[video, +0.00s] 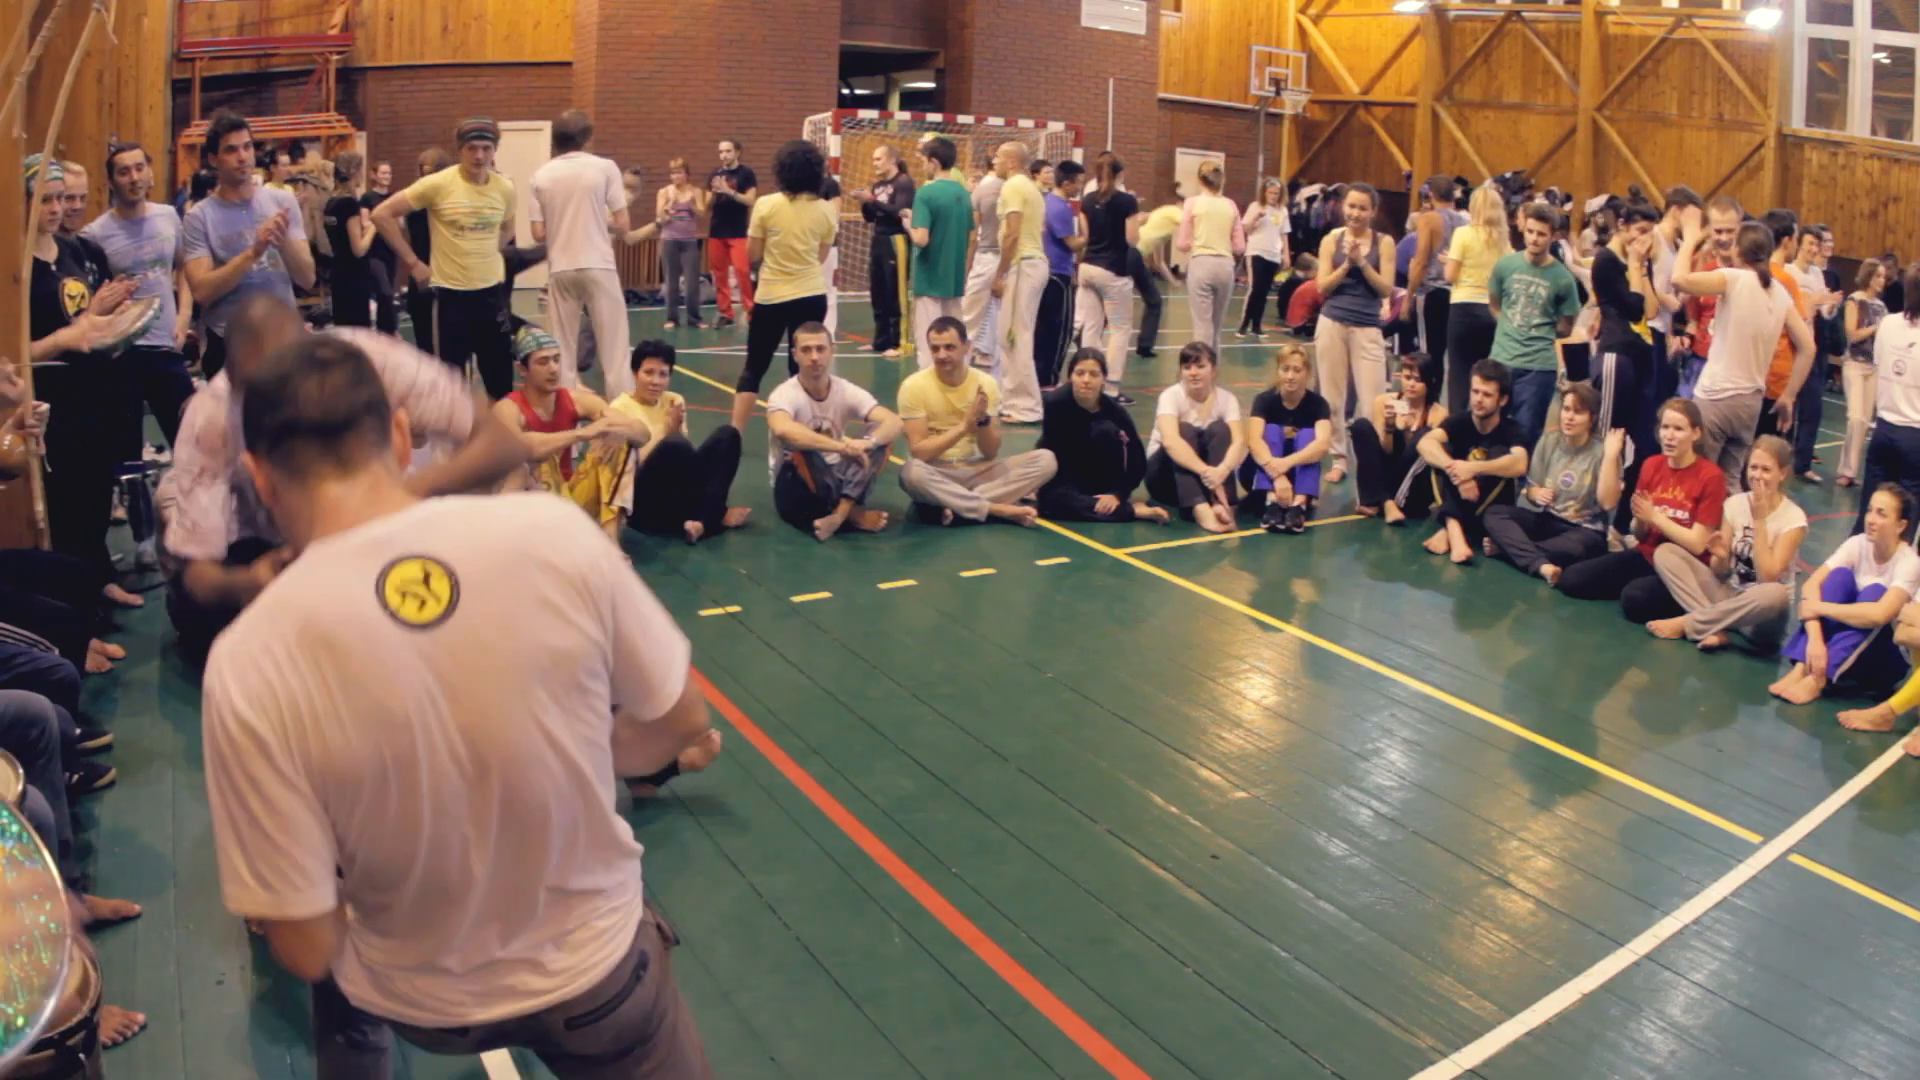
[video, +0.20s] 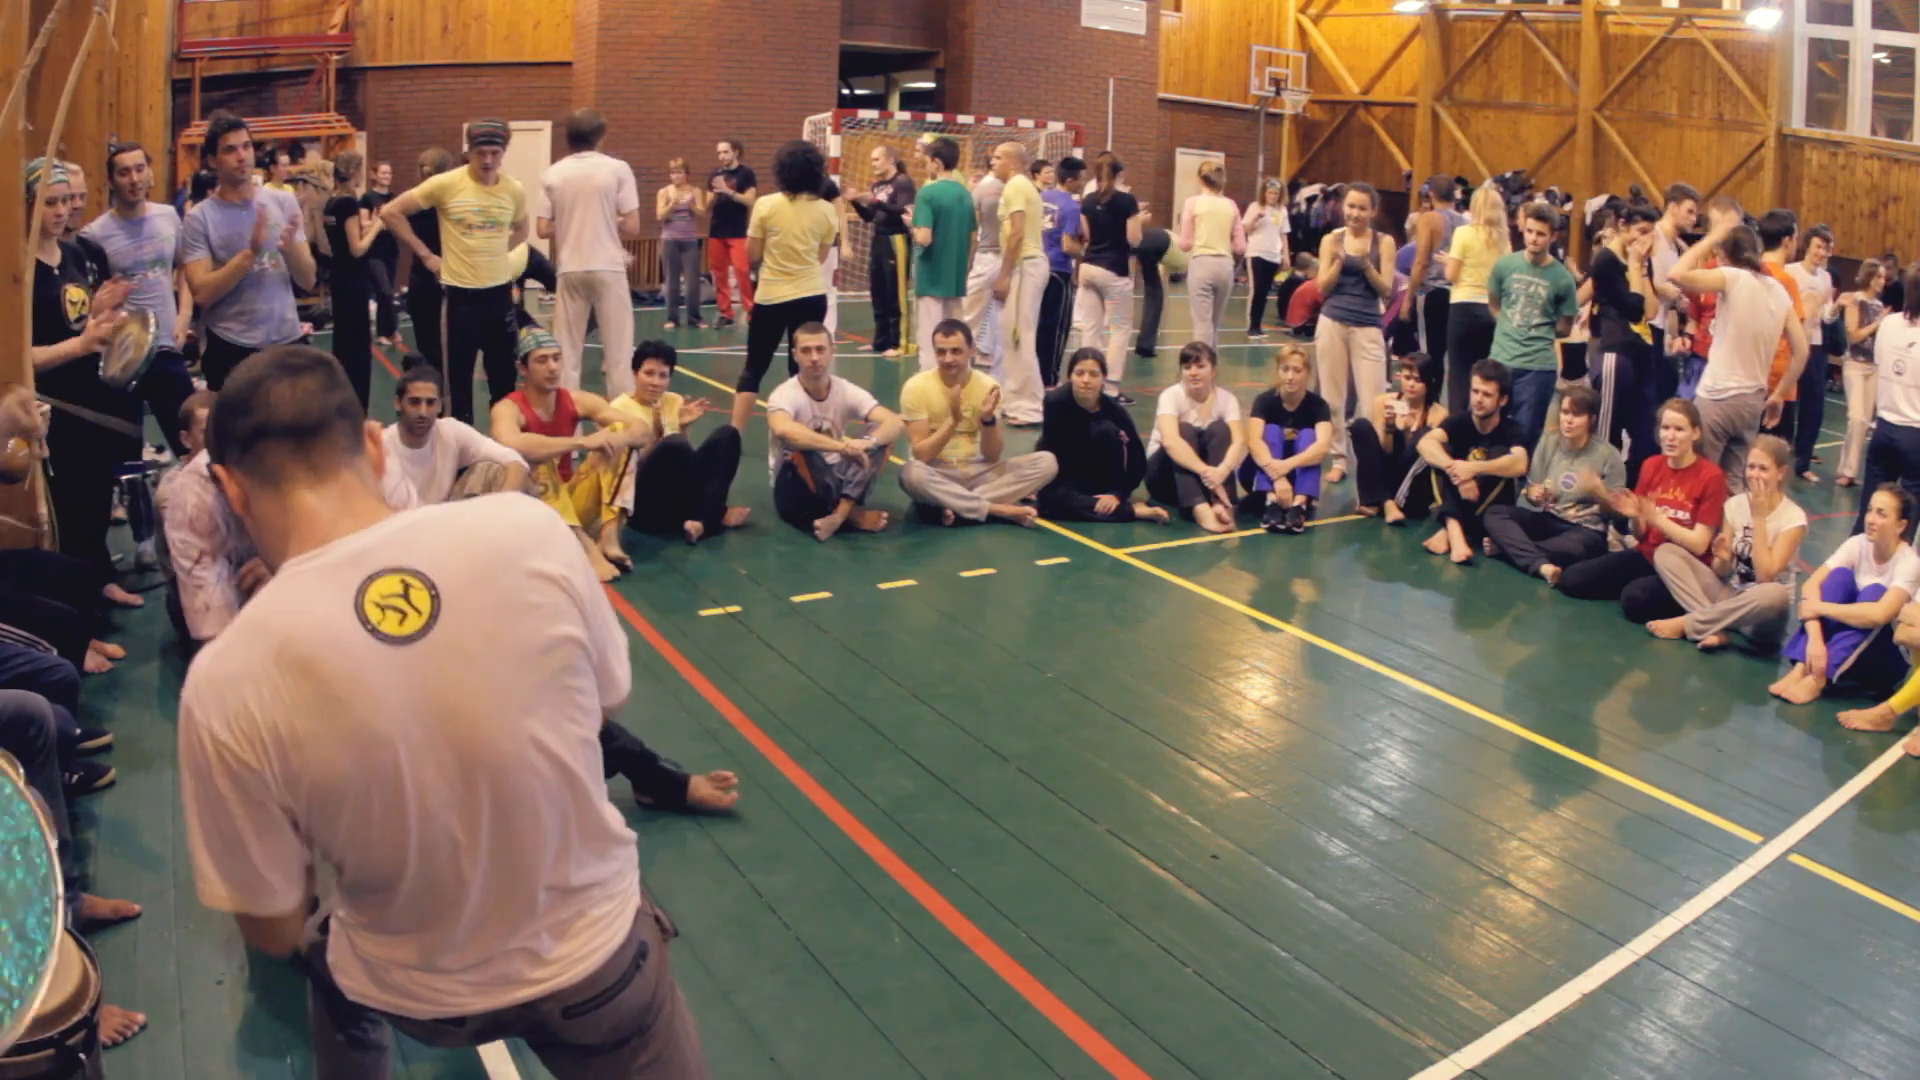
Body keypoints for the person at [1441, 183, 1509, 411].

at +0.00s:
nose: (1470, 210)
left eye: (1472, 206)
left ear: (1473, 208)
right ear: (1499, 210)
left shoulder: (1463, 233)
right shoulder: (1504, 238)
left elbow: (1451, 274)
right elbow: (1508, 273)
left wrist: (1448, 261)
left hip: (1464, 303)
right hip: (1492, 305)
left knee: (1459, 370)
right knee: (1484, 368)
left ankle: (1457, 423)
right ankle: (1483, 424)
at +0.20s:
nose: (1470, 209)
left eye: (1472, 205)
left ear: (1474, 208)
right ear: (1499, 210)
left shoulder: (1464, 233)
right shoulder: (1503, 238)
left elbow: (1452, 273)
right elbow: (1506, 273)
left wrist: (1446, 261)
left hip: (1464, 302)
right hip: (1491, 305)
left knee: (1459, 369)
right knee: (1483, 367)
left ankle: (1457, 422)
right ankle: (1482, 423)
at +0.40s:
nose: (1469, 210)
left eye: (1471, 206)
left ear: (1474, 208)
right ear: (1500, 210)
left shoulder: (1464, 233)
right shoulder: (1503, 237)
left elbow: (1453, 273)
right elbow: (1505, 272)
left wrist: (1445, 260)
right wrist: (1456, 258)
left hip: (1464, 302)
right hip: (1491, 305)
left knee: (1459, 368)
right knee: (1484, 366)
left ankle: (1457, 422)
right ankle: (1482, 423)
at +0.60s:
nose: (1469, 210)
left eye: (1471, 206)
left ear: (1474, 208)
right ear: (1500, 210)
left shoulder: (1464, 233)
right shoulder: (1505, 239)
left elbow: (1451, 273)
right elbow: (1507, 274)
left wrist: (1447, 260)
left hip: (1464, 302)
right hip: (1492, 305)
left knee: (1459, 369)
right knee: (1484, 368)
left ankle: (1457, 422)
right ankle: (1482, 424)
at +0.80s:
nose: (1469, 210)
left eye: (1471, 206)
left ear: (1474, 208)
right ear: (1499, 210)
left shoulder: (1464, 234)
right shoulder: (1503, 238)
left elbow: (1454, 273)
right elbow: (1503, 273)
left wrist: (1444, 259)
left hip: (1463, 303)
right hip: (1491, 305)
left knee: (1458, 369)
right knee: (1483, 368)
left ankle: (1456, 423)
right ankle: (1481, 424)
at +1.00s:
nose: (1469, 210)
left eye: (1470, 206)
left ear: (1472, 208)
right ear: (1498, 210)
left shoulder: (1464, 233)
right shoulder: (1502, 238)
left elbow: (1452, 274)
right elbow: (1504, 273)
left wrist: (1446, 260)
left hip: (1463, 302)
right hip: (1491, 305)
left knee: (1458, 368)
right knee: (1484, 366)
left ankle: (1457, 422)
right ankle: (1483, 423)